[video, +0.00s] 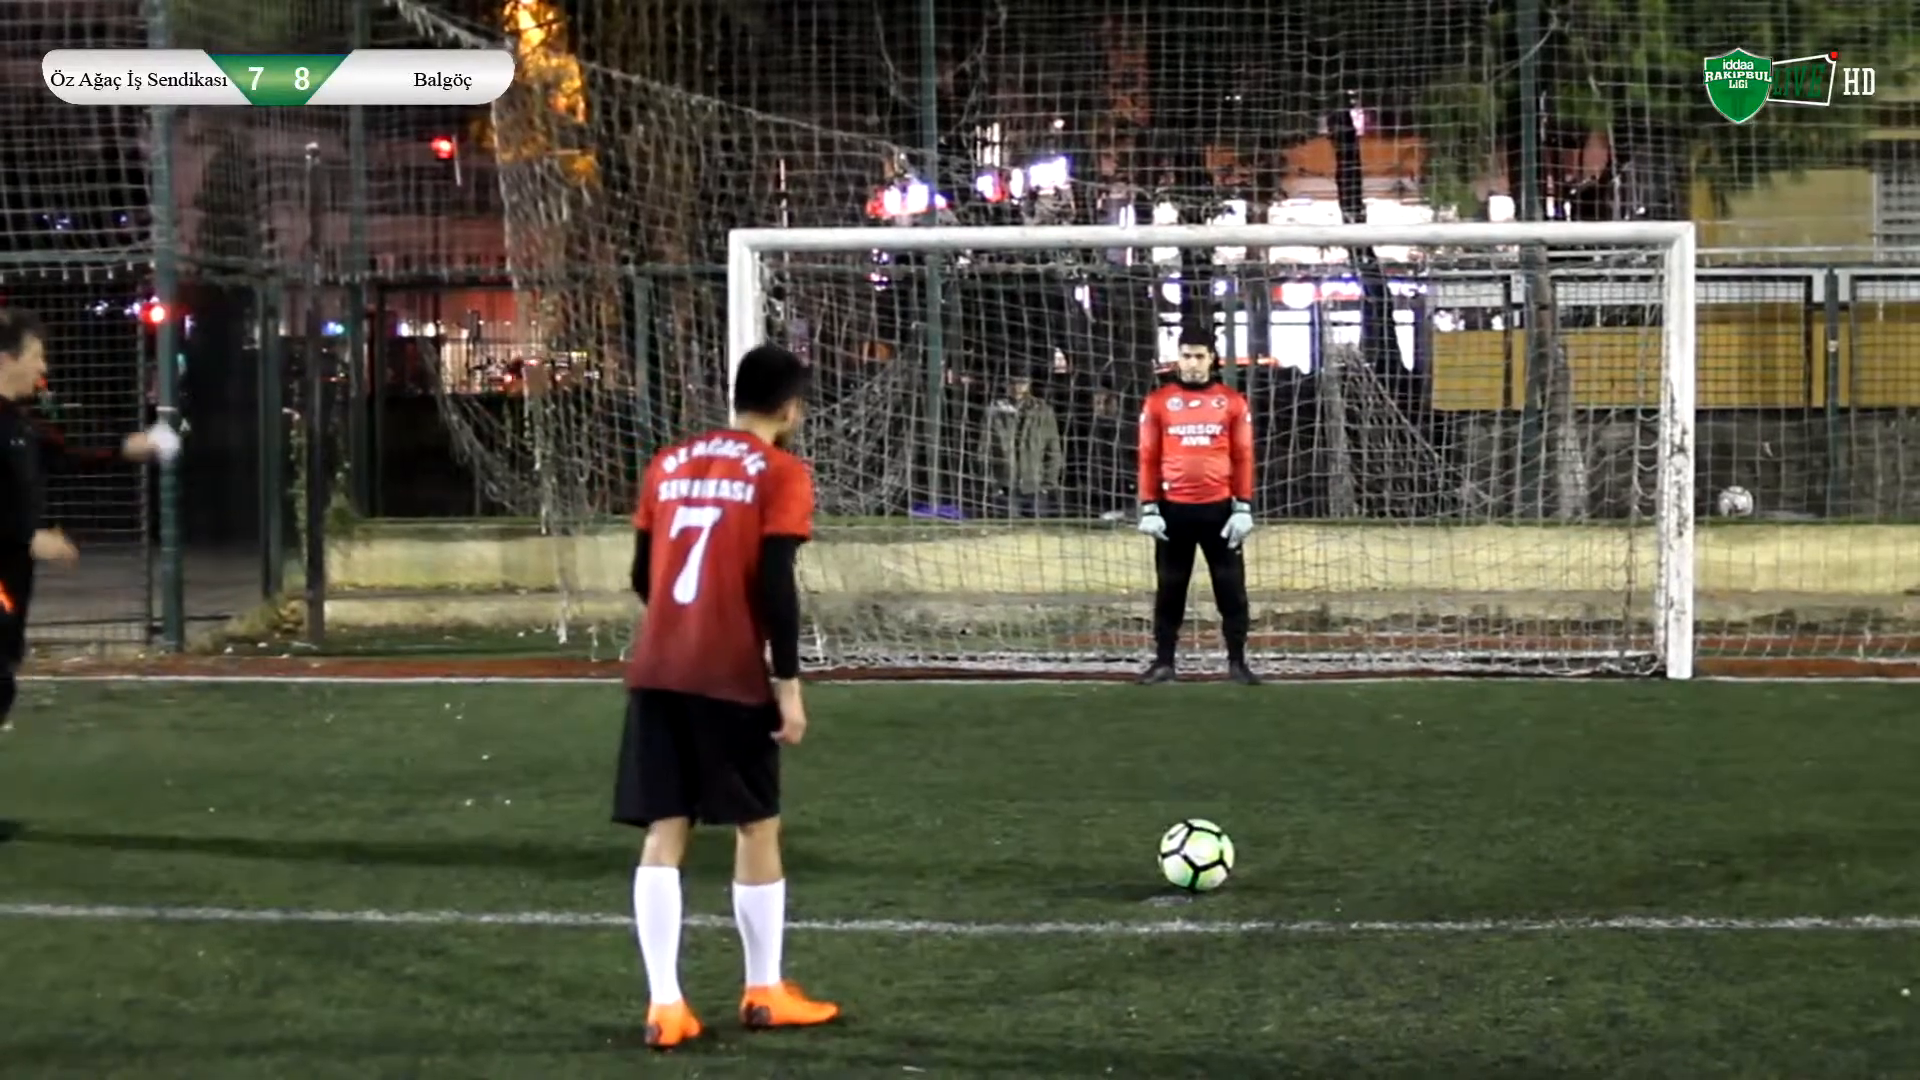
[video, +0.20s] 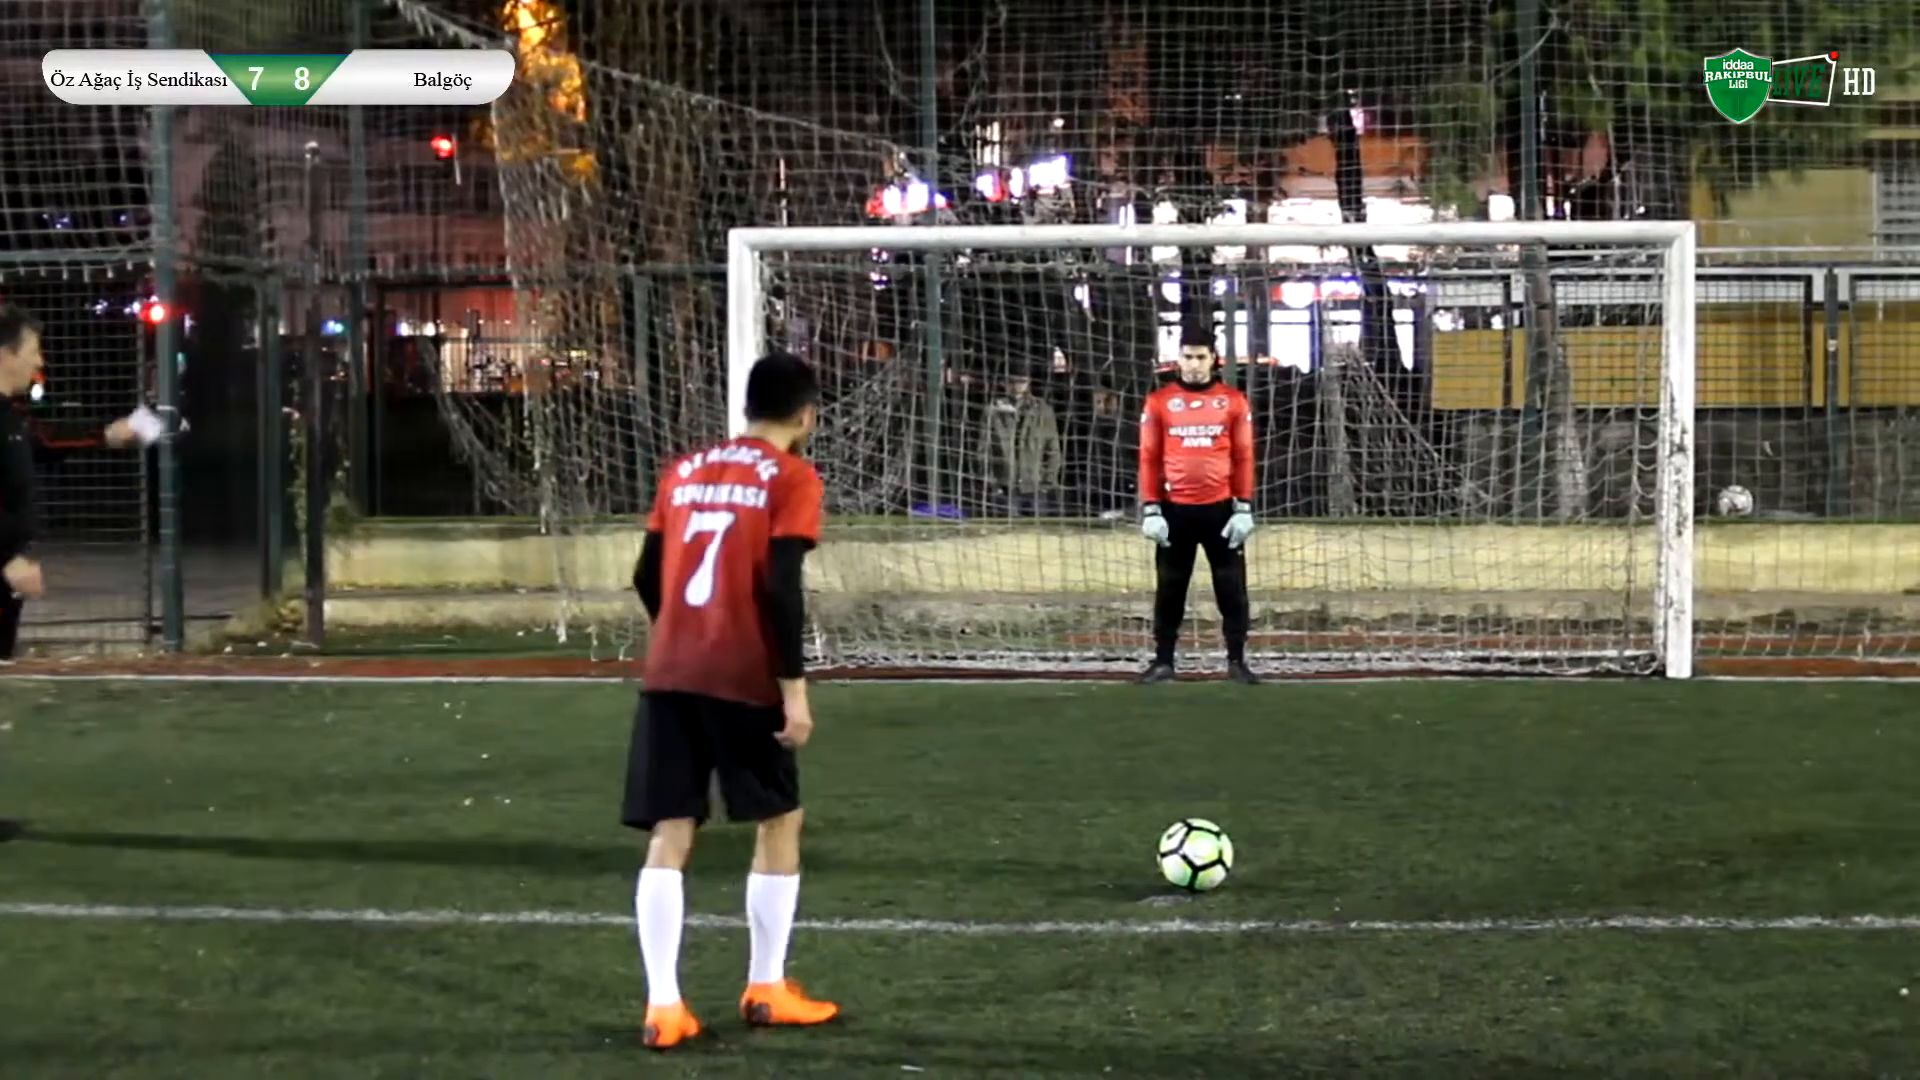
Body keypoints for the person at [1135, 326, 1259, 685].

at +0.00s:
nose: (1192, 363)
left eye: (1199, 356)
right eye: (1186, 356)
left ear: (1212, 360)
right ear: (1177, 359)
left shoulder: (1233, 402)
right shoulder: (1157, 402)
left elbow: (1243, 455)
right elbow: (1148, 456)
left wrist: (1243, 505)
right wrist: (1148, 506)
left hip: (1220, 507)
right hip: (1174, 509)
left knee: (1231, 590)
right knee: (1170, 589)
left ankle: (1237, 661)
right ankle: (1164, 661)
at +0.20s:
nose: (1194, 364)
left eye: (1201, 357)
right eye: (1187, 357)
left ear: (1213, 360)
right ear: (1178, 360)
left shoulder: (1234, 401)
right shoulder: (1158, 402)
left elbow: (1244, 455)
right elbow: (1149, 458)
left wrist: (1244, 505)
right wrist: (1151, 507)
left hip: (1221, 508)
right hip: (1175, 509)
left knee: (1232, 590)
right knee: (1169, 590)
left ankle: (1237, 660)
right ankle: (1164, 660)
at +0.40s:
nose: (1200, 371)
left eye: (1206, 364)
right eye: (1193, 364)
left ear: (1218, 365)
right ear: (1183, 365)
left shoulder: (1239, 406)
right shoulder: (1163, 408)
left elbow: (1248, 461)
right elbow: (1151, 463)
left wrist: (1247, 510)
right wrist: (1155, 513)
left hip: (1227, 513)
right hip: (1180, 514)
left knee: (1247, 590)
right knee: (1169, 591)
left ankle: (1255, 661)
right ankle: (1163, 661)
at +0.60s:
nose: (1204, 382)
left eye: (1211, 374)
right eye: (1198, 374)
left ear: (1223, 375)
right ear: (1188, 375)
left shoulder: (1243, 415)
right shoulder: (1168, 416)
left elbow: (1252, 473)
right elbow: (1159, 474)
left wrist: (1255, 523)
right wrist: (1158, 524)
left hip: (1232, 518)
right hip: (1185, 519)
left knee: (1257, 592)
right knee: (1167, 595)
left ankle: (1258, 660)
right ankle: (1159, 663)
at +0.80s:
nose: (1216, 377)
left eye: (1223, 370)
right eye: (1210, 370)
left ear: (1234, 374)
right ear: (1200, 372)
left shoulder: (1252, 418)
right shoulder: (1176, 413)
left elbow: (1269, 472)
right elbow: (1159, 465)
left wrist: (1283, 515)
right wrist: (1141, 507)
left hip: (1235, 525)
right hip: (1188, 524)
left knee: (1250, 595)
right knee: (1165, 594)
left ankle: (1257, 665)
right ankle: (1159, 664)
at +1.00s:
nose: (1206, 434)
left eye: (1213, 426)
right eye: (1199, 426)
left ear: (1226, 428)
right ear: (1189, 429)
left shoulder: (1250, 458)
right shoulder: (1180, 460)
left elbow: (1277, 498)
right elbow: (1148, 496)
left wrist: (1309, 539)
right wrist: (1111, 525)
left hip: (1246, 545)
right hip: (1199, 545)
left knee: (1270, 592)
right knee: (1159, 602)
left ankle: (1234, 657)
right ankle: (1112, 678)